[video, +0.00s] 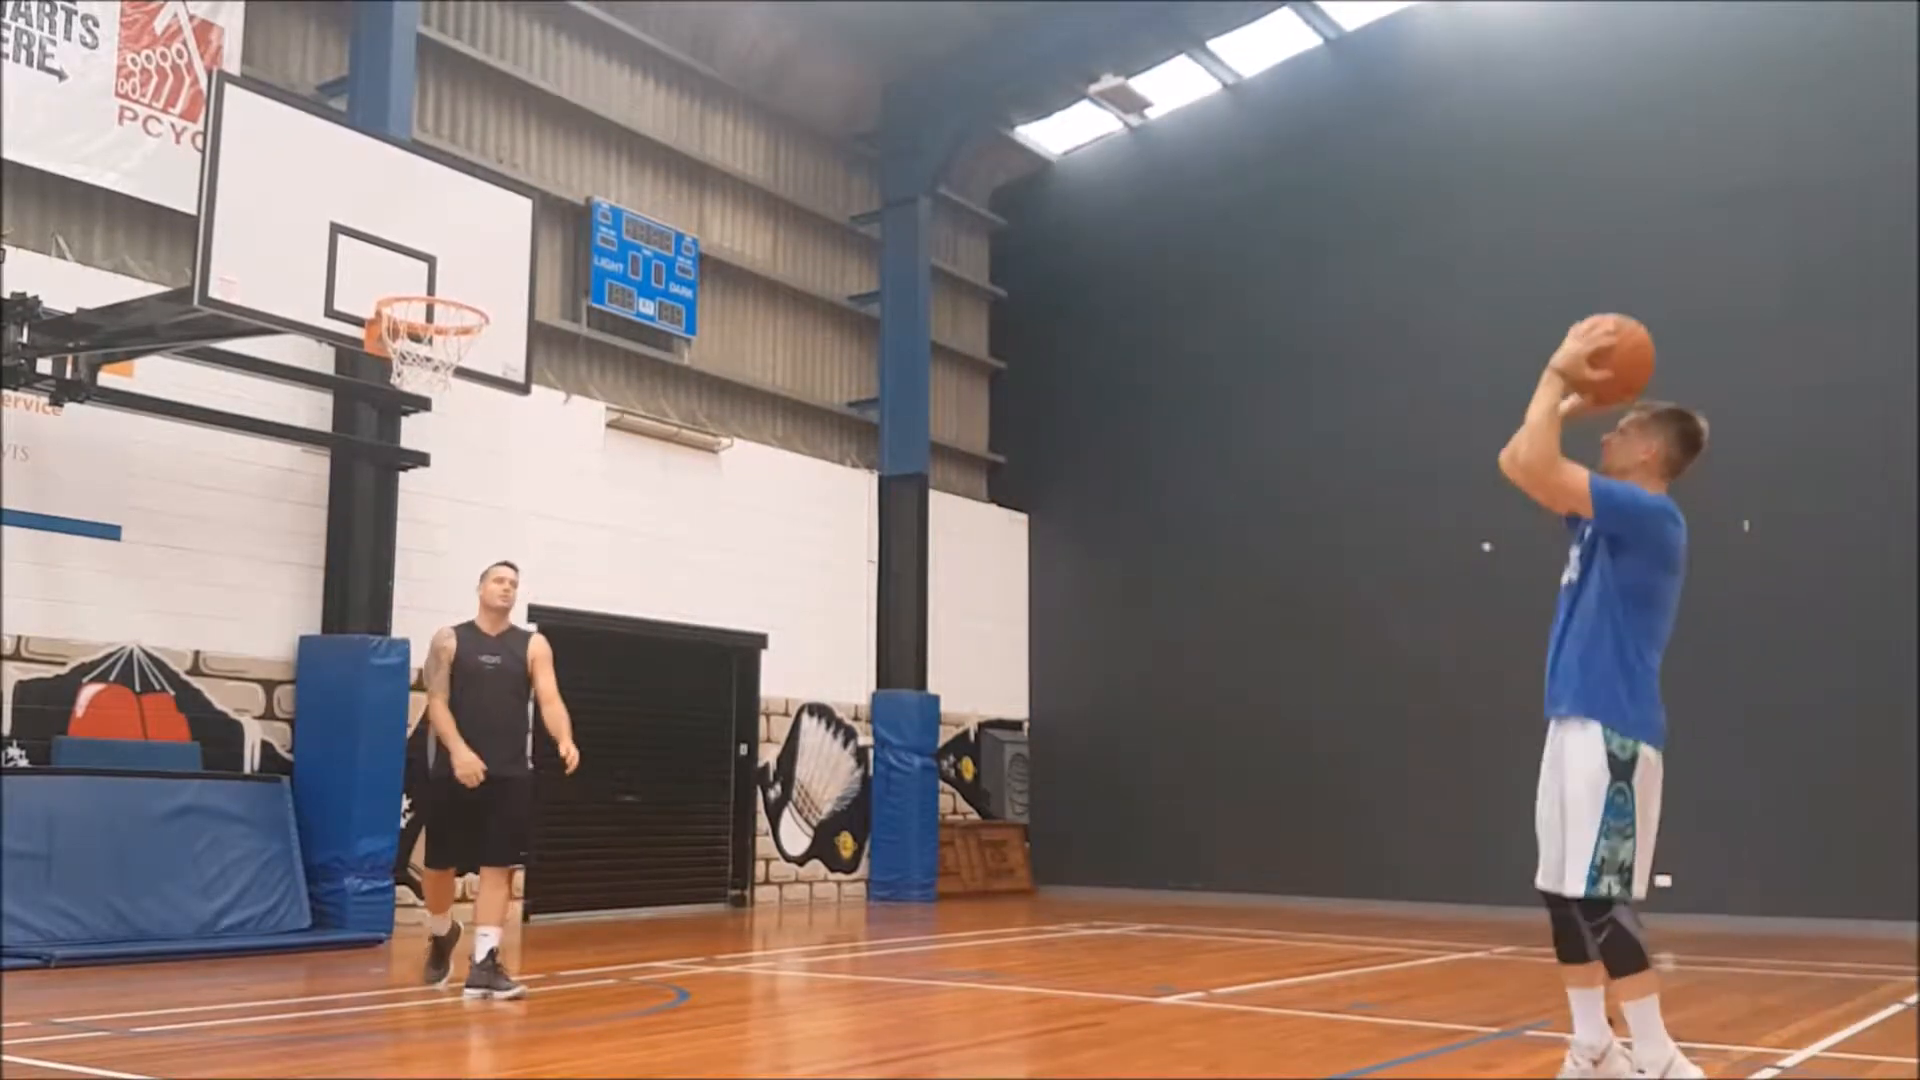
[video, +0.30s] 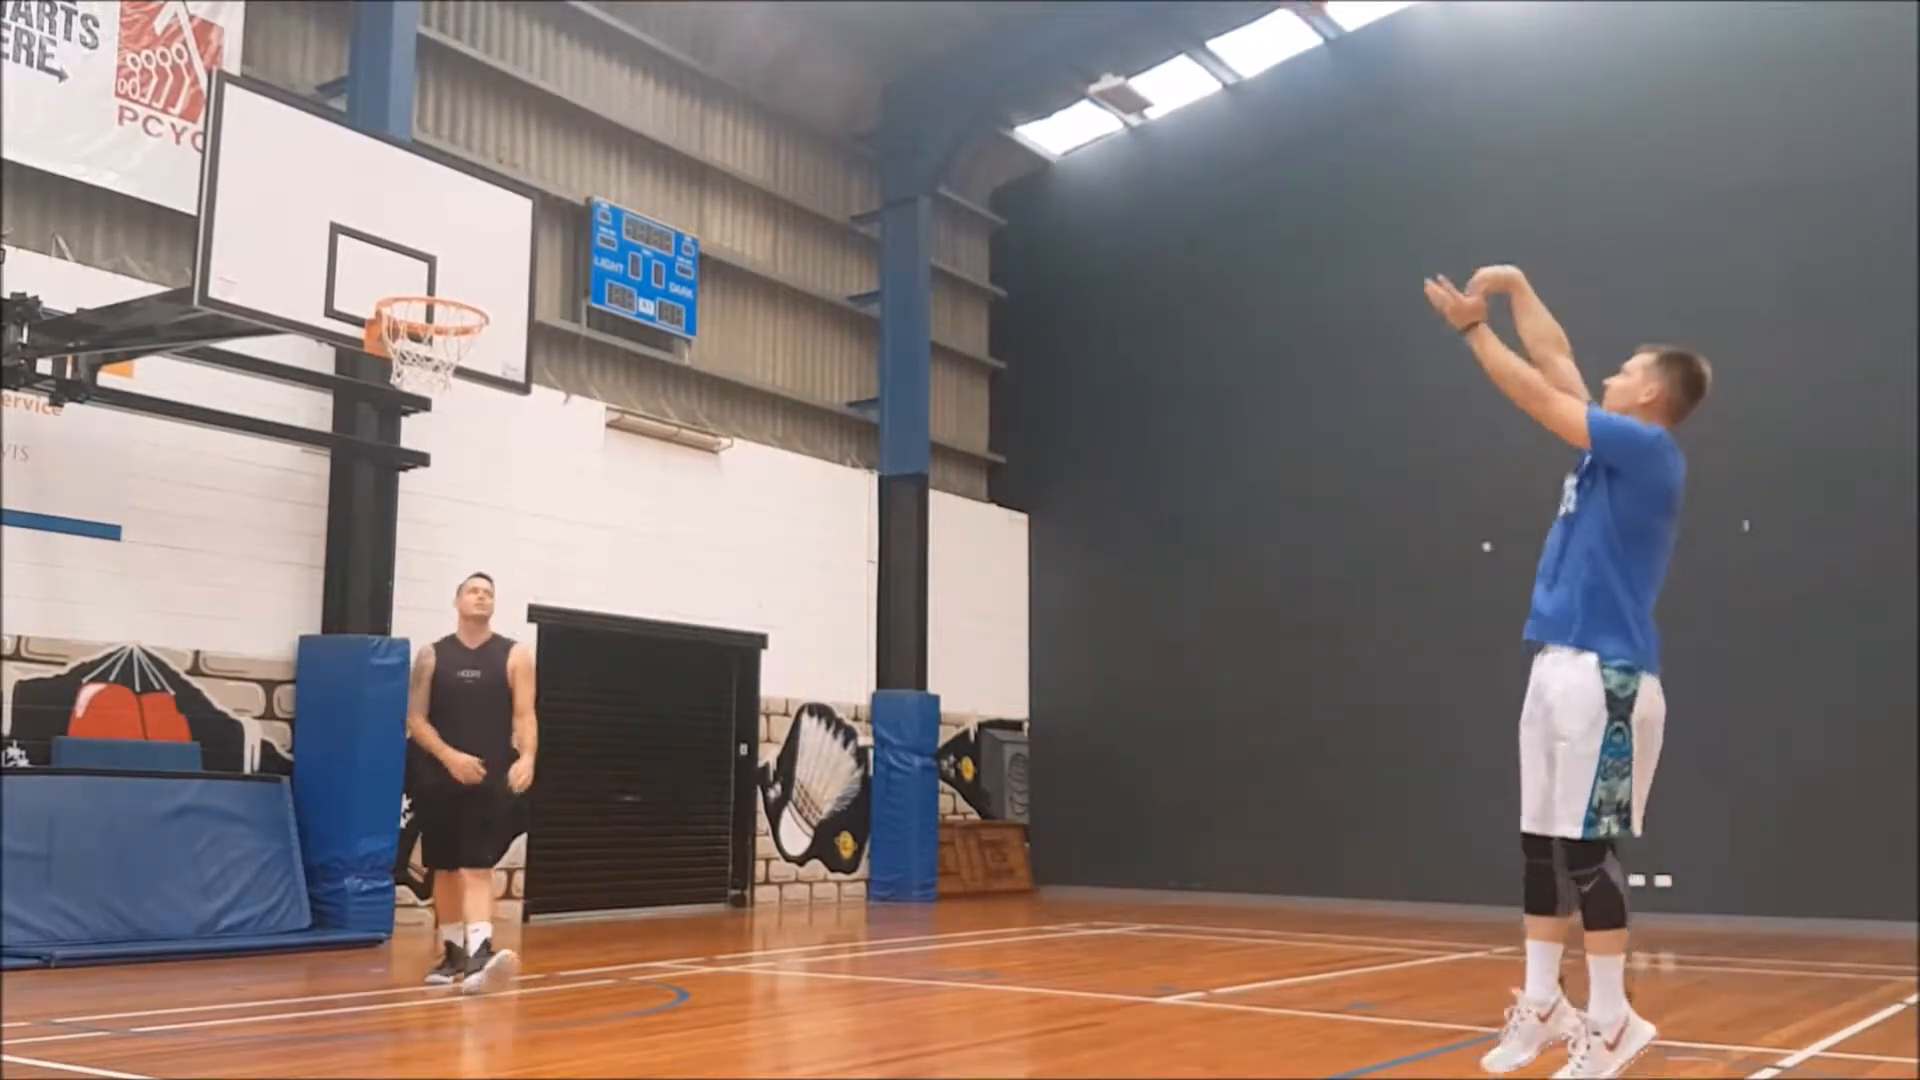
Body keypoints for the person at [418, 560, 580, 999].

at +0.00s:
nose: (505, 588)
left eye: (512, 584)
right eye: (498, 581)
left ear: (517, 595)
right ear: (479, 589)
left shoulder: (534, 644)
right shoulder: (449, 640)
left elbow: (550, 699)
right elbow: (436, 703)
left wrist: (564, 737)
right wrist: (459, 750)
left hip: (511, 774)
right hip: (453, 770)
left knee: (498, 867)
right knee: (439, 863)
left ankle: (485, 963)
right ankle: (441, 934)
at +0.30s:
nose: (481, 597)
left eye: (487, 593)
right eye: (473, 592)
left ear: (494, 606)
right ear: (457, 603)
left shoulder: (516, 656)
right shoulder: (431, 655)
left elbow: (525, 715)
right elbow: (415, 720)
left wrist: (527, 757)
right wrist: (450, 756)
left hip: (492, 779)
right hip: (439, 779)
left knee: (477, 867)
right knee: (444, 868)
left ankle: (479, 957)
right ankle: (452, 955)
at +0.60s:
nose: (463, 592)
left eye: (470, 588)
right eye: (455, 588)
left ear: (481, 601)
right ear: (442, 602)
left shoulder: (506, 649)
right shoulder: (425, 654)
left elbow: (523, 712)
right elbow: (403, 717)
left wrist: (535, 769)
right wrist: (372, 768)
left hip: (485, 777)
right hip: (434, 777)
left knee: (473, 863)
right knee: (444, 866)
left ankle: (475, 956)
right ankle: (452, 954)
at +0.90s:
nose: (451, 589)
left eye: (457, 586)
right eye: (442, 588)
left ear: (470, 601)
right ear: (432, 607)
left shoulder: (501, 647)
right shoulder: (421, 659)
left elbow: (526, 703)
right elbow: (406, 724)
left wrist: (544, 754)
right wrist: (372, 775)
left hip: (485, 776)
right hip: (433, 777)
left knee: (473, 864)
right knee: (444, 866)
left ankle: (473, 959)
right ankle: (452, 955)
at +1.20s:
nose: (443, 591)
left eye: (448, 587)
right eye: (435, 590)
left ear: (461, 601)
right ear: (426, 609)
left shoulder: (495, 644)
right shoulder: (415, 661)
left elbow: (528, 701)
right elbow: (410, 718)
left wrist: (492, 707)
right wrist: (398, 736)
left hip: (483, 771)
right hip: (433, 774)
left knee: (472, 860)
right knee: (443, 864)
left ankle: (471, 959)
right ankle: (451, 955)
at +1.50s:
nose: (446, 590)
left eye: (453, 588)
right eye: (438, 590)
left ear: (467, 608)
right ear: (429, 612)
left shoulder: (491, 642)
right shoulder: (418, 659)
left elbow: (533, 685)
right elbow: (376, 702)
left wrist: (517, 642)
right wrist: (363, 653)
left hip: (484, 768)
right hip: (432, 773)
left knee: (470, 854)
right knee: (441, 867)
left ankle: (466, 957)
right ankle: (450, 956)